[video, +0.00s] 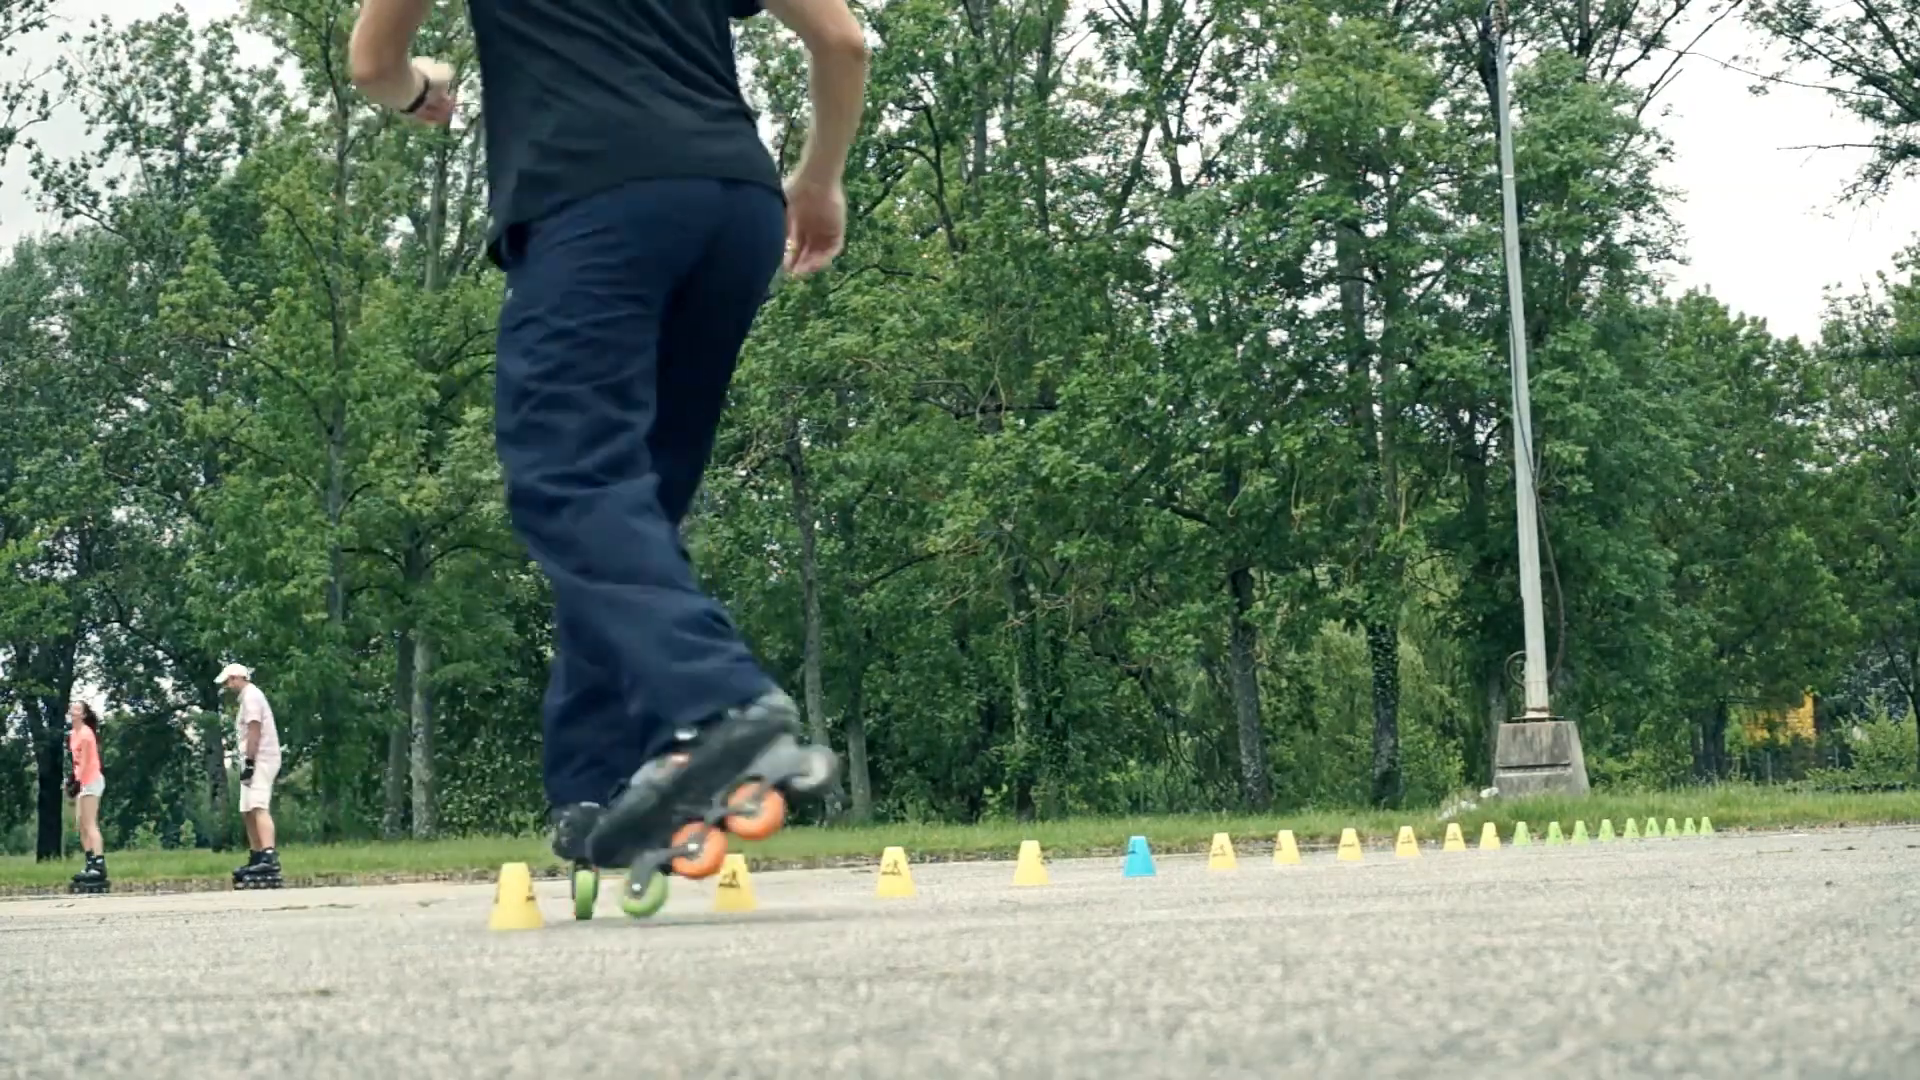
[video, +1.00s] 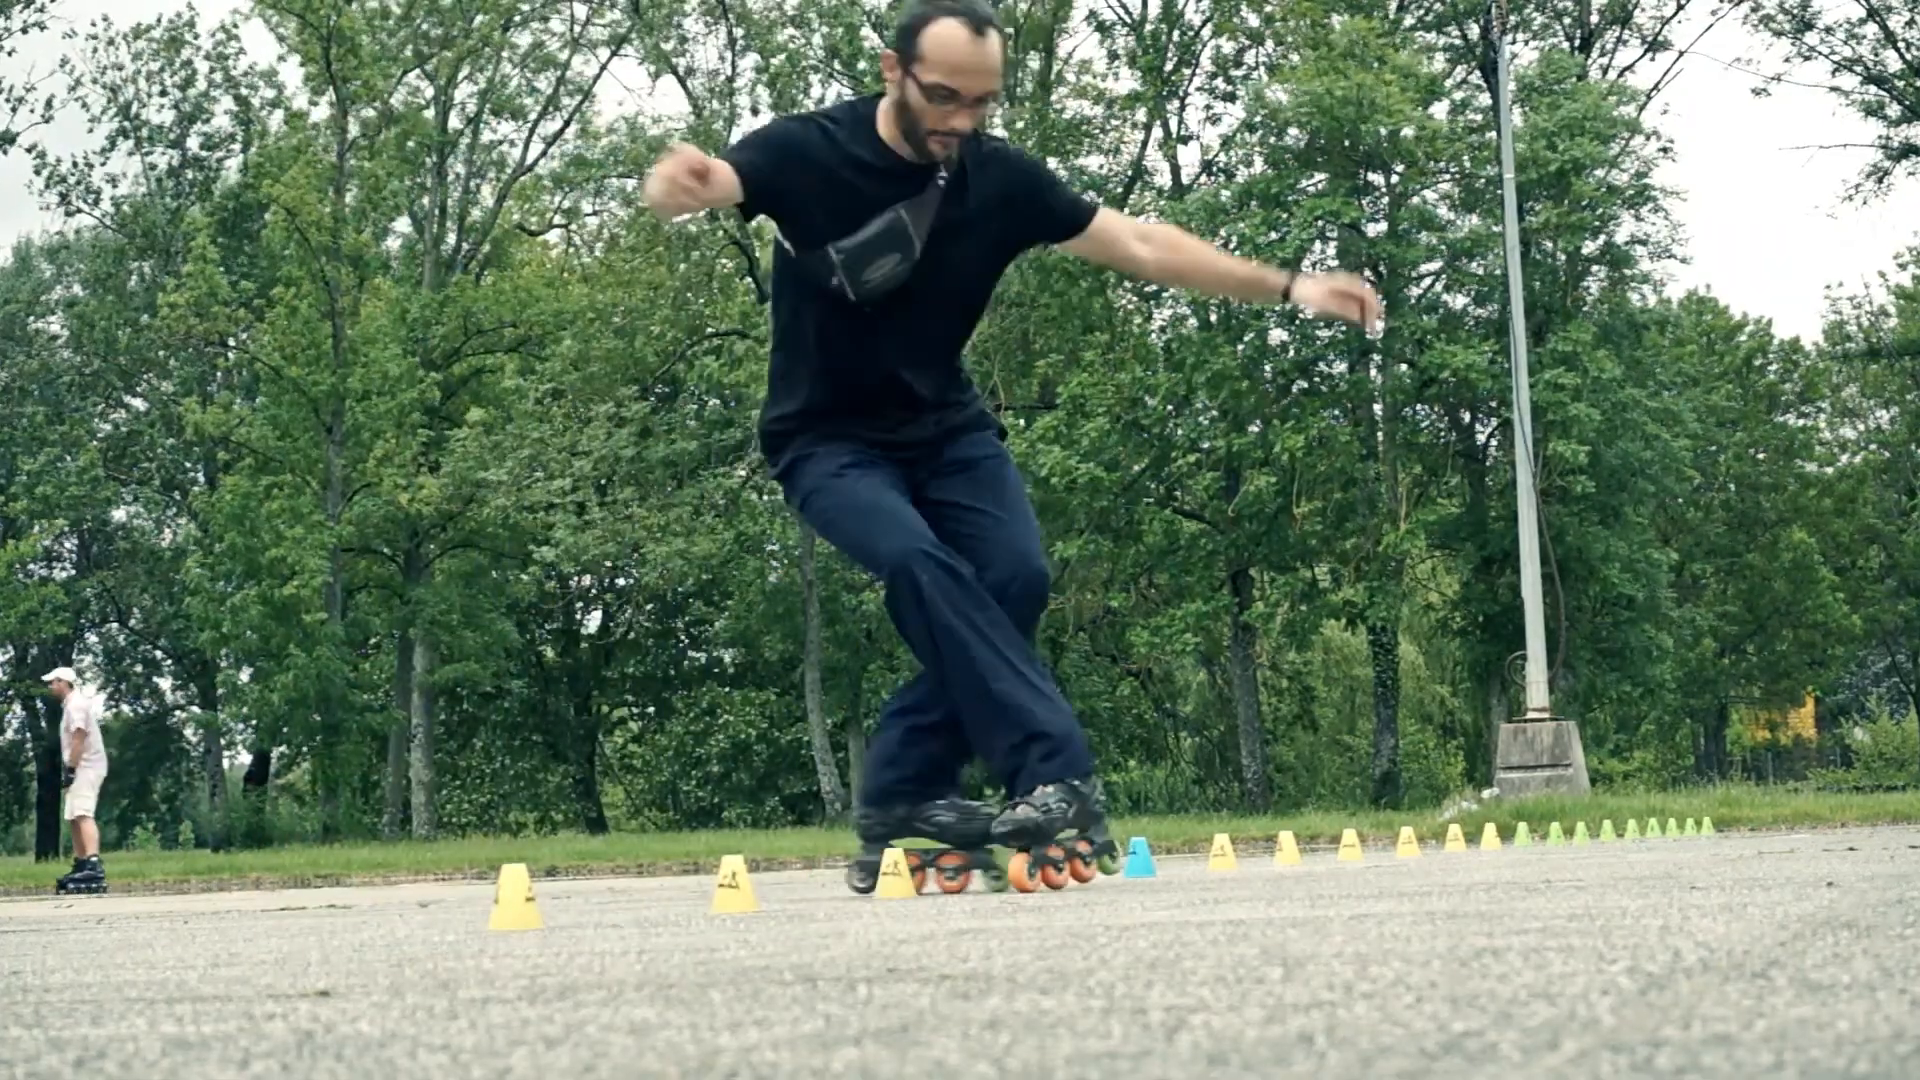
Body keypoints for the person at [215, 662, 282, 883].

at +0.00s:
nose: (227, 686)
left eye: (228, 681)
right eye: (226, 682)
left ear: (238, 677)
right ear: (236, 679)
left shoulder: (251, 695)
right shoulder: (247, 697)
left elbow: (254, 728)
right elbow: (251, 731)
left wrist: (249, 760)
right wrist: (247, 759)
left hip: (263, 756)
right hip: (253, 756)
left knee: (258, 806)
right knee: (247, 809)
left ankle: (268, 854)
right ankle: (256, 855)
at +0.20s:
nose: (192, 686)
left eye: (194, 681)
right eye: (191, 682)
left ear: (203, 678)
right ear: (201, 679)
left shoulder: (215, 696)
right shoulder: (210, 698)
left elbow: (220, 729)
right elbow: (217, 731)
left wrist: (212, 760)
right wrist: (209, 759)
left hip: (227, 758)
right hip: (217, 759)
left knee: (223, 807)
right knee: (212, 810)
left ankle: (234, 857)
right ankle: (220, 856)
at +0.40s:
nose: (157, 686)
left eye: (159, 681)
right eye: (156, 682)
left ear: (170, 679)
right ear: (168, 680)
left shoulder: (182, 698)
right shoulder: (177, 699)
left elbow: (187, 731)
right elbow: (184, 732)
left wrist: (179, 761)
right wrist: (175, 759)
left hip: (191, 760)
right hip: (181, 761)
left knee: (187, 809)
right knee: (177, 811)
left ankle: (197, 858)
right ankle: (185, 857)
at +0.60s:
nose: (124, 685)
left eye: (127, 680)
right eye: (124, 681)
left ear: (137, 679)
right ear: (134, 681)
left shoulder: (149, 699)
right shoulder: (143, 701)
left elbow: (154, 732)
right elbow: (149, 735)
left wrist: (152, 764)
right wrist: (144, 763)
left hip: (153, 761)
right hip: (144, 760)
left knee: (150, 811)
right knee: (143, 813)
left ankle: (162, 860)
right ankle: (152, 859)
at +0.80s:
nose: (89, 685)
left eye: (91, 680)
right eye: (88, 681)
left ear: (102, 680)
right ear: (100, 681)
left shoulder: (113, 701)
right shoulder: (108, 702)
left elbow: (118, 734)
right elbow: (113, 736)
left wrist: (118, 767)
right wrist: (110, 766)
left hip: (121, 760)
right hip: (110, 760)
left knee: (117, 811)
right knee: (108, 813)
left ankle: (129, 859)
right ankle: (116, 858)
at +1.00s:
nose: (51, 687)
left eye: (54, 683)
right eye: (51, 683)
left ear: (64, 683)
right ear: (62, 684)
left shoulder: (75, 702)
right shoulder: (69, 704)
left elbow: (79, 733)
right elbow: (75, 735)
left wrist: (71, 764)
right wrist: (68, 763)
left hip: (89, 762)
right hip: (78, 763)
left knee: (82, 811)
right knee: (73, 814)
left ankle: (93, 862)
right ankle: (80, 861)